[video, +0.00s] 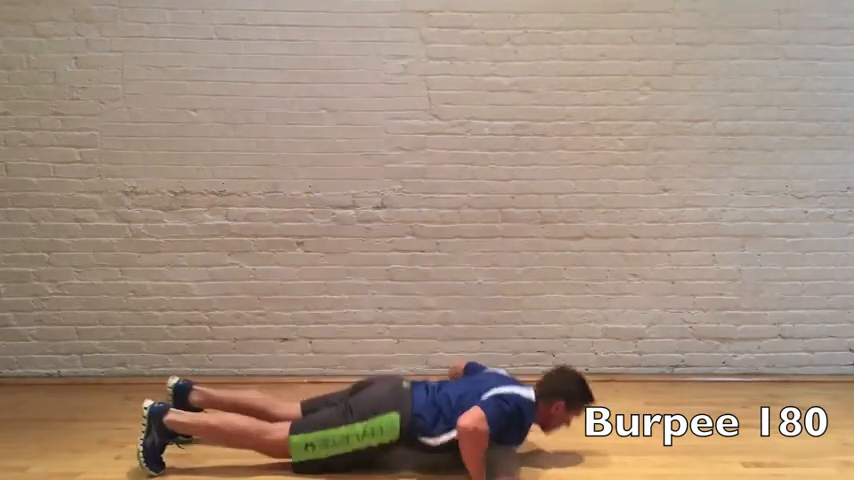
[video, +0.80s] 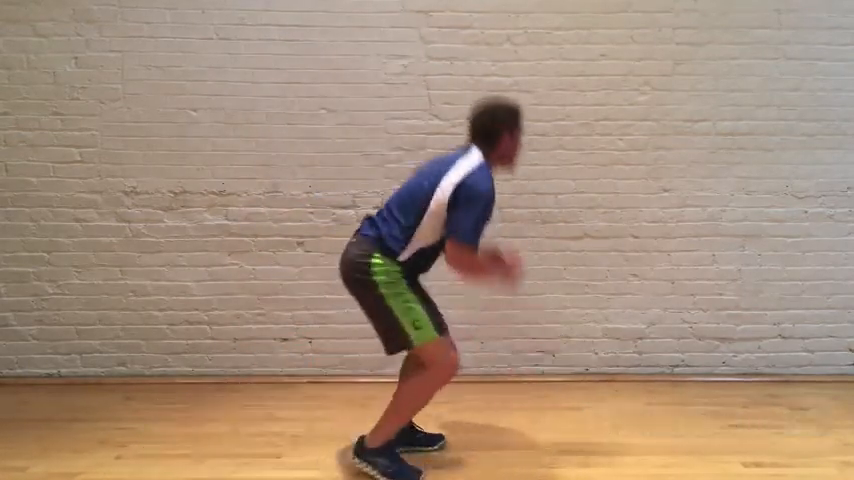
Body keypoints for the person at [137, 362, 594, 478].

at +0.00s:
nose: (567, 424)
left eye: (571, 418)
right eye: (570, 416)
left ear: (548, 389)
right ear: (556, 405)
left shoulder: (508, 383)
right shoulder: (520, 409)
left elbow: (459, 369)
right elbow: (471, 428)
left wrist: (461, 415)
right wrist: (480, 479)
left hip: (393, 388)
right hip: (393, 415)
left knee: (289, 417)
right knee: (278, 444)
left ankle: (193, 395)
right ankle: (167, 421)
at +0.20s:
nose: (563, 392)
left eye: (569, 386)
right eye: (568, 384)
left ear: (554, 357)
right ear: (557, 369)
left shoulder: (515, 346)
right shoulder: (512, 368)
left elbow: (470, 400)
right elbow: (475, 422)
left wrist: (484, 438)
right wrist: (483, 474)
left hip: (393, 326)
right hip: (389, 342)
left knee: (297, 376)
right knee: (292, 398)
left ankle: (200, 394)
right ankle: (182, 422)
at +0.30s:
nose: (543, 387)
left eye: (551, 383)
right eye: (550, 381)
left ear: (540, 354)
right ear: (543, 365)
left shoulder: (506, 336)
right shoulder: (512, 351)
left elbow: (467, 390)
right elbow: (480, 413)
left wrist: (474, 434)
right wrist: (485, 473)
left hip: (393, 274)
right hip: (393, 285)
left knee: (324, 366)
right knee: (328, 387)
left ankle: (233, 384)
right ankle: (227, 405)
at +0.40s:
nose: (513, 369)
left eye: (521, 366)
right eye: (520, 363)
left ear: (515, 340)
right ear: (515, 346)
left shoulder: (488, 324)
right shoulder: (485, 338)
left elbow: (463, 383)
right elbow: (477, 413)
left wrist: (476, 427)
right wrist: (484, 474)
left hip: (381, 248)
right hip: (375, 257)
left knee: (378, 351)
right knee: (387, 373)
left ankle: (321, 409)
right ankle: (308, 410)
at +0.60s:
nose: (536, 269)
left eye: (539, 260)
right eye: (535, 257)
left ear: (514, 249)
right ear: (517, 249)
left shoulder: (485, 259)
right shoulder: (484, 275)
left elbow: (486, 343)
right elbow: (491, 359)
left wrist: (497, 390)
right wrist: (513, 429)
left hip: (365, 278)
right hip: (352, 286)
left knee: (436, 339)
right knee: (426, 369)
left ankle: (402, 427)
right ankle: (389, 448)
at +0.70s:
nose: (535, 205)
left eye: (536, 197)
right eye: (532, 196)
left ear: (507, 192)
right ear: (512, 193)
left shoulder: (480, 212)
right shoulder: (479, 226)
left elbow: (472, 295)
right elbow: (470, 304)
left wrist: (498, 328)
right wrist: (511, 349)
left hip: (373, 267)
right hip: (360, 272)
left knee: (434, 338)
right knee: (432, 360)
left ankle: (399, 427)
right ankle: (389, 447)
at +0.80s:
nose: (519, 145)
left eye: (518, 136)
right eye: (517, 136)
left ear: (483, 135)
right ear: (502, 138)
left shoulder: (460, 161)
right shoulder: (476, 179)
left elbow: (453, 246)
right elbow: (459, 257)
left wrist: (490, 260)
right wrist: (495, 268)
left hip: (374, 255)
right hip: (377, 262)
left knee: (430, 350)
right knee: (442, 363)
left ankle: (397, 426)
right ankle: (373, 446)